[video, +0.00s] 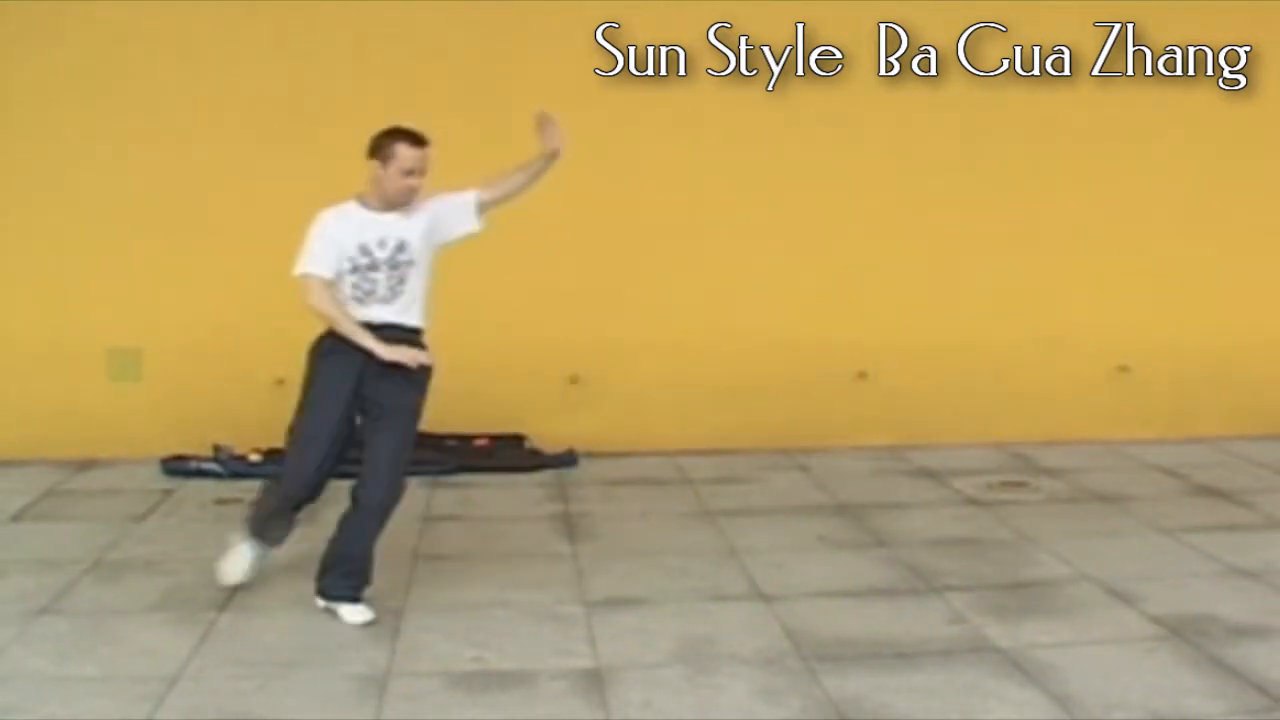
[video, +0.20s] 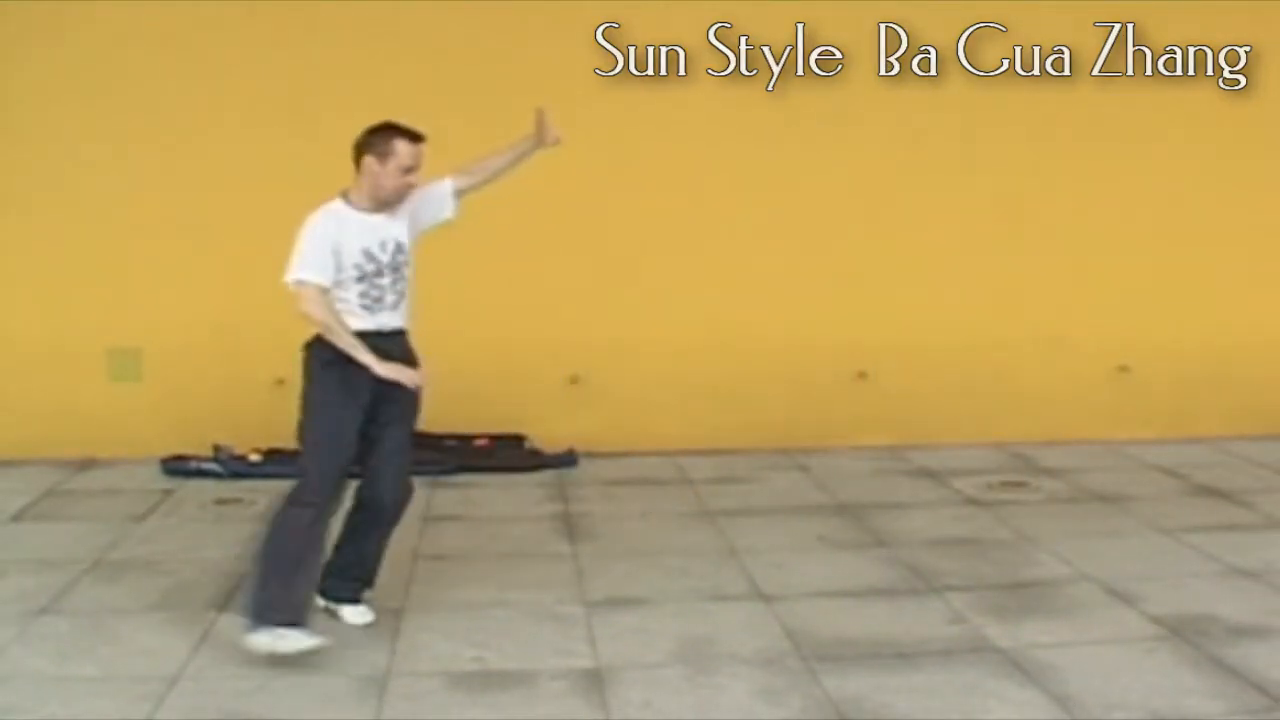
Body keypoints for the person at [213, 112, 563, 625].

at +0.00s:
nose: (418, 184)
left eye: (422, 174)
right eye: (408, 172)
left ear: (423, 174)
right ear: (376, 169)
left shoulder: (427, 217)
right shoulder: (335, 222)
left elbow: (492, 194)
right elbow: (317, 295)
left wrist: (545, 158)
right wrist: (380, 347)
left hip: (403, 356)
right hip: (343, 349)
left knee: (382, 485)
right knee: (306, 467)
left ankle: (340, 588)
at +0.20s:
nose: (413, 182)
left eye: (415, 171)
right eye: (404, 170)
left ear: (405, 172)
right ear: (369, 165)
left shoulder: (407, 210)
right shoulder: (327, 224)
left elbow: (468, 180)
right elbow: (312, 303)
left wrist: (532, 144)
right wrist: (374, 363)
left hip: (394, 355)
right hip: (339, 357)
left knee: (388, 488)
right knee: (321, 482)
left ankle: (343, 589)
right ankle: (273, 618)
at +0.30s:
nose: (417, 179)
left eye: (419, 167)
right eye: (409, 167)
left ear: (385, 165)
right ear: (372, 161)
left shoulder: (399, 206)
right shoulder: (331, 219)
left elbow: (458, 170)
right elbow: (319, 303)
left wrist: (525, 135)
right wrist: (381, 369)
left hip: (385, 355)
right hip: (333, 360)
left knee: (391, 492)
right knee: (344, 491)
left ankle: (343, 593)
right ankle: (347, 633)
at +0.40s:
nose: (420, 173)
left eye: (422, 162)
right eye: (415, 161)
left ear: (385, 158)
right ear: (381, 157)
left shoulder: (381, 204)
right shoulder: (339, 215)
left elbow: (438, 165)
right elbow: (334, 298)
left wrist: (509, 129)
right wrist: (385, 370)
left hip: (370, 357)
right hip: (337, 363)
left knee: (386, 487)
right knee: (378, 495)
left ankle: (337, 580)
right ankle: (382, 642)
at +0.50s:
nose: (423, 172)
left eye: (426, 161)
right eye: (419, 159)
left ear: (385, 155)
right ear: (392, 154)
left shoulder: (359, 195)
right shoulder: (356, 208)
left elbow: (423, 159)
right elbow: (358, 301)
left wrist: (475, 130)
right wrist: (403, 366)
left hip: (339, 355)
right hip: (341, 361)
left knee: (370, 489)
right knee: (389, 507)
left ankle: (326, 591)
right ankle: (382, 646)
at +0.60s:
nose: (420, 166)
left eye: (423, 155)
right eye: (420, 154)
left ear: (370, 142)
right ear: (402, 147)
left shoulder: (330, 187)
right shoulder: (383, 202)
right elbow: (402, 283)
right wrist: (446, 356)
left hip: (312, 350)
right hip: (355, 357)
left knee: (355, 489)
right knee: (395, 504)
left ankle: (327, 602)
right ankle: (384, 646)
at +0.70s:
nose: (407, 159)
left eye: (407, 151)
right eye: (407, 150)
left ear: (355, 146)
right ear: (398, 148)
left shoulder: (314, 191)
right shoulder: (400, 200)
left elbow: (294, 177)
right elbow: (452, 273)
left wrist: (345, 162)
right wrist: (493, 336)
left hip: (309, 352)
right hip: (364, 356)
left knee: (340, 486)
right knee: (399, 500)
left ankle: (343, 607)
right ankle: (384, 646)